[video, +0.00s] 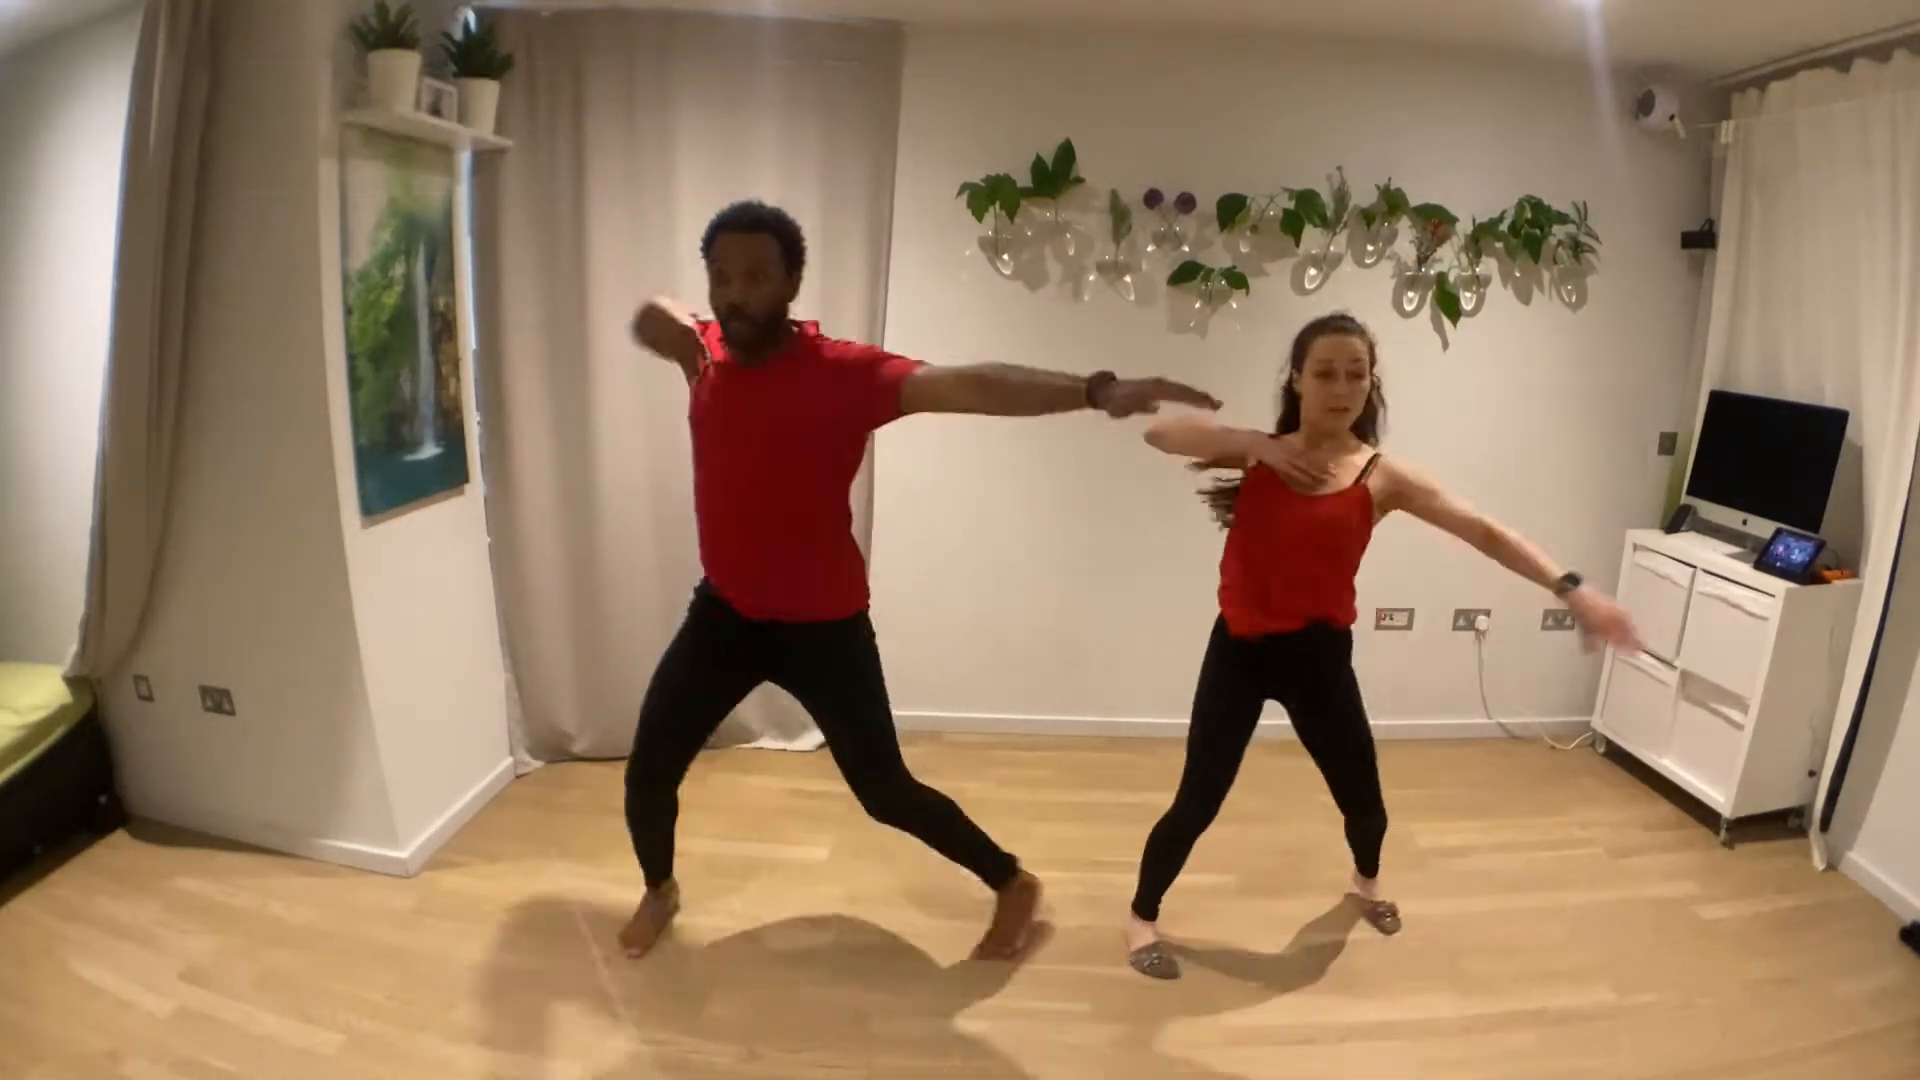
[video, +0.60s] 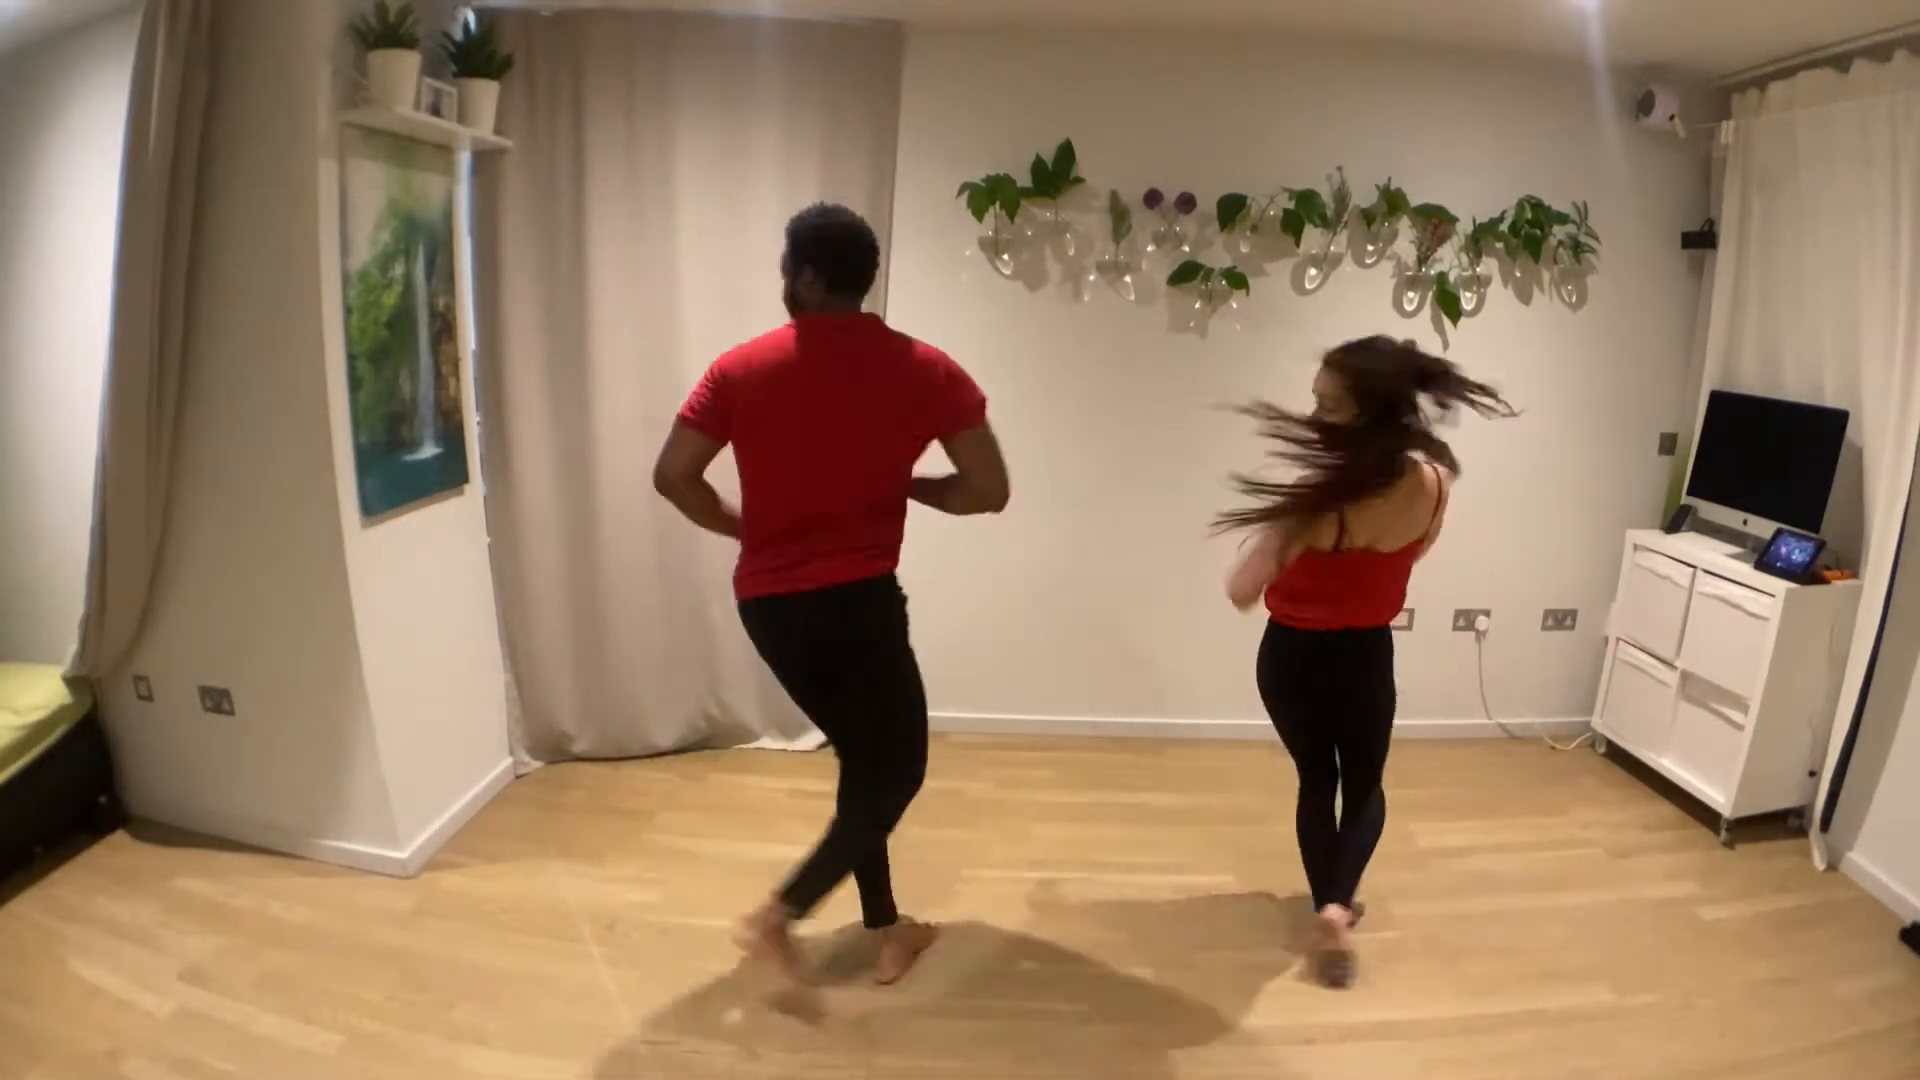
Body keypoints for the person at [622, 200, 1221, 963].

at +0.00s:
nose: (734, 294)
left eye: (754, 275)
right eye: (721, 276)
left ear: (792, 283)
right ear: (709, 281)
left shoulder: (843, 373)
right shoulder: (711, 353)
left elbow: (972, 387)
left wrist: (1096, 391)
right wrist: (655, 322)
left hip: (824, 625)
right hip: (725, 614)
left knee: (884, 793)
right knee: (648, 778)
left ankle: (1011, 883)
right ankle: (658, 890)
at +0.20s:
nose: (711, 317)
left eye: (729, 299)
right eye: (697, 299)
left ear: (766, 303)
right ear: (684, 305)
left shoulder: (815, 388)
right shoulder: (695, 382)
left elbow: (913, 412)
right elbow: (641, 395)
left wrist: (992, 409)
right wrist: (644, 349)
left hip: (820, 636)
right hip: (723, 635)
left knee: (895, 796)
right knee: (645, 789)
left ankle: (1030, 893)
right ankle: (658, 888)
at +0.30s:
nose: (734, 314)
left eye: (753, 295)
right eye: (718, 296)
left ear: (786, 298)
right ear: (702, 300)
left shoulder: (835, 371)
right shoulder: (678, 390)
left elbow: (968, 415)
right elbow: (560, 443)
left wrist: (922, 418)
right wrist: (635, 364)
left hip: (831, 622)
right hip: (727, 624)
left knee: (912, 774)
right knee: (670, 785)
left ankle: (979, 895)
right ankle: (657, 891)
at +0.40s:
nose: (782, 296)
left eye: (797, 278)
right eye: (763, 281)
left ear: (821, 279)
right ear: (739, 289)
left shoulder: (849, 360)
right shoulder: (709, 386)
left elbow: (884, 439)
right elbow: (695, 495)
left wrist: (886, 470)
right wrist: (798, 416)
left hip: (835, 615)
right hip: (746, 616)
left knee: (924, 751)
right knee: (709, 794)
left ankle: (867, 914)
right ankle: (641, 875)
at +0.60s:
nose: (786, 283)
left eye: (787, 271)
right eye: (791, 272)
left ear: (794, 278)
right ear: (870, 279)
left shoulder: (742, 369)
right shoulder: (920, 367)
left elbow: (674, 477)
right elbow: (988, 490)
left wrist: (743, 527)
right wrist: (902, 481)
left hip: (770, 601)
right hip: (862, 597)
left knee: (861, 751)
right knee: (901, 766)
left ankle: (885, 926)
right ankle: (780, 913)